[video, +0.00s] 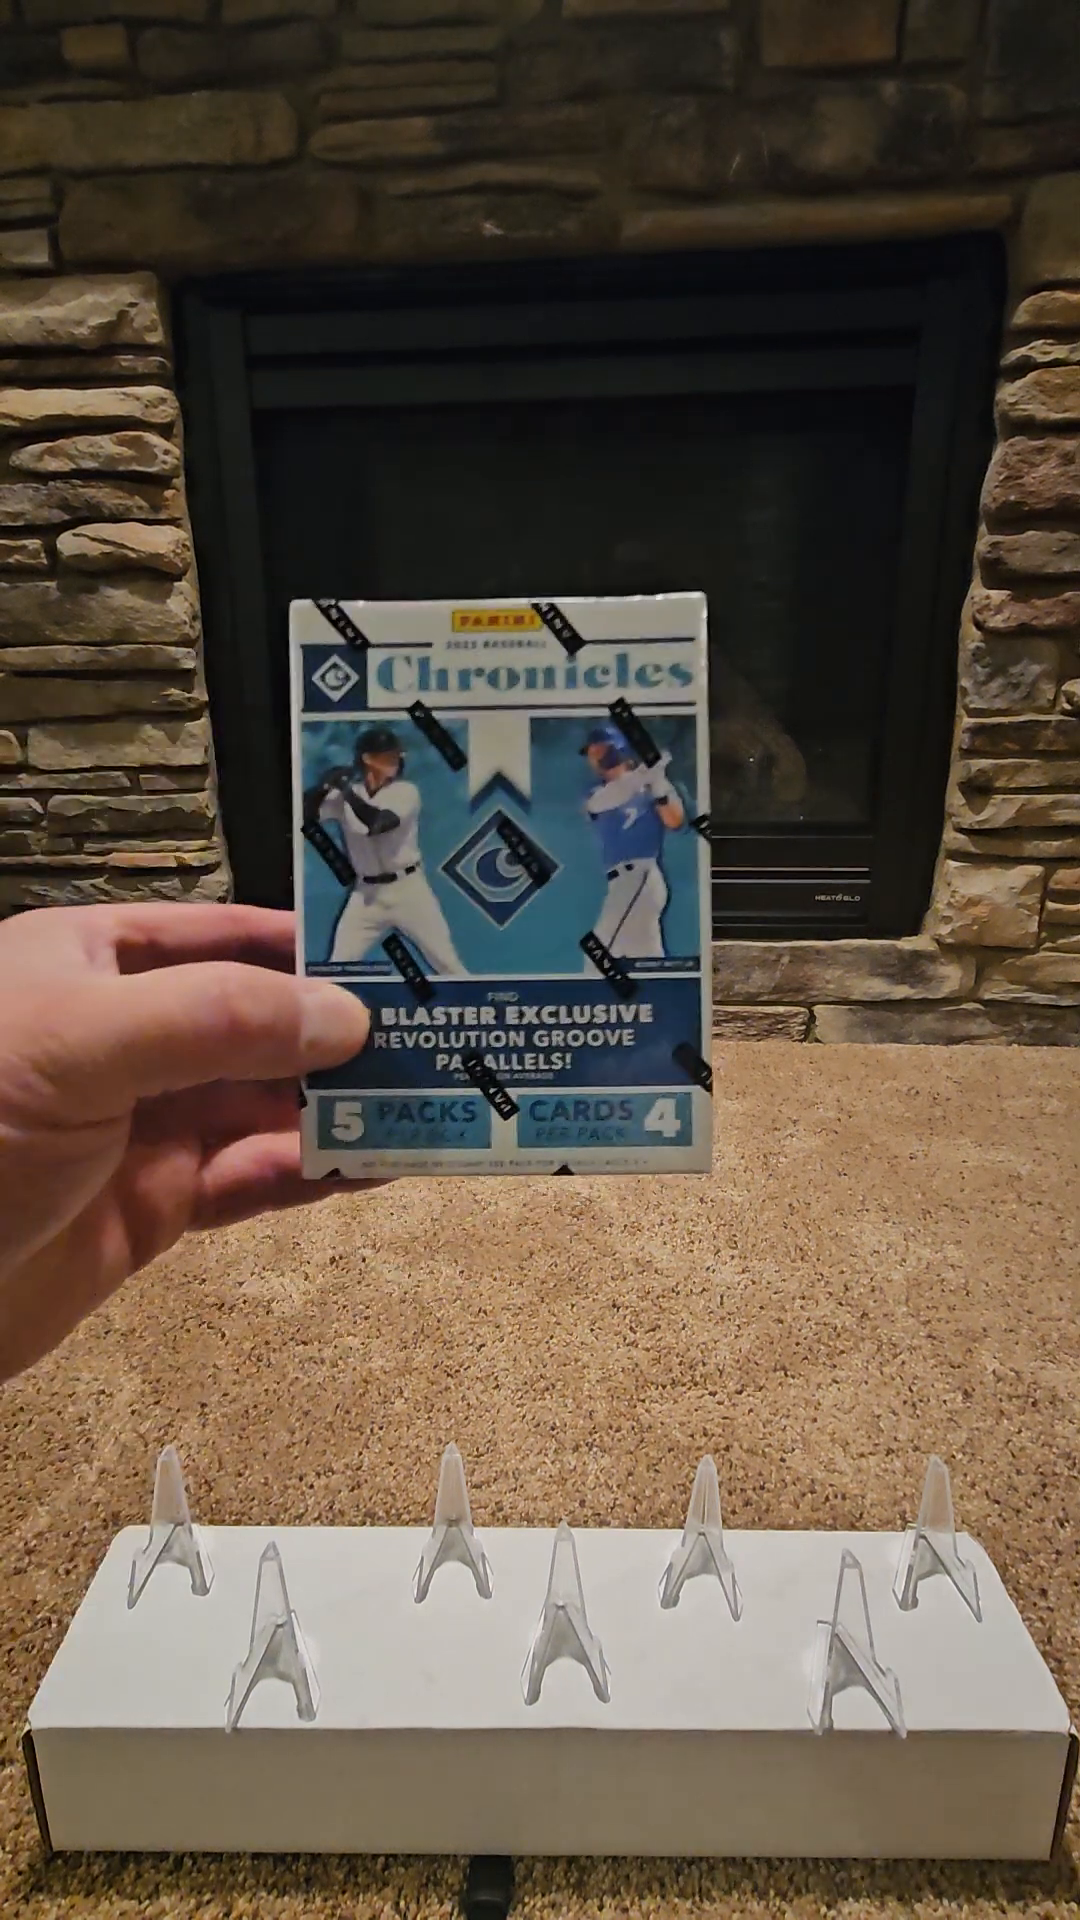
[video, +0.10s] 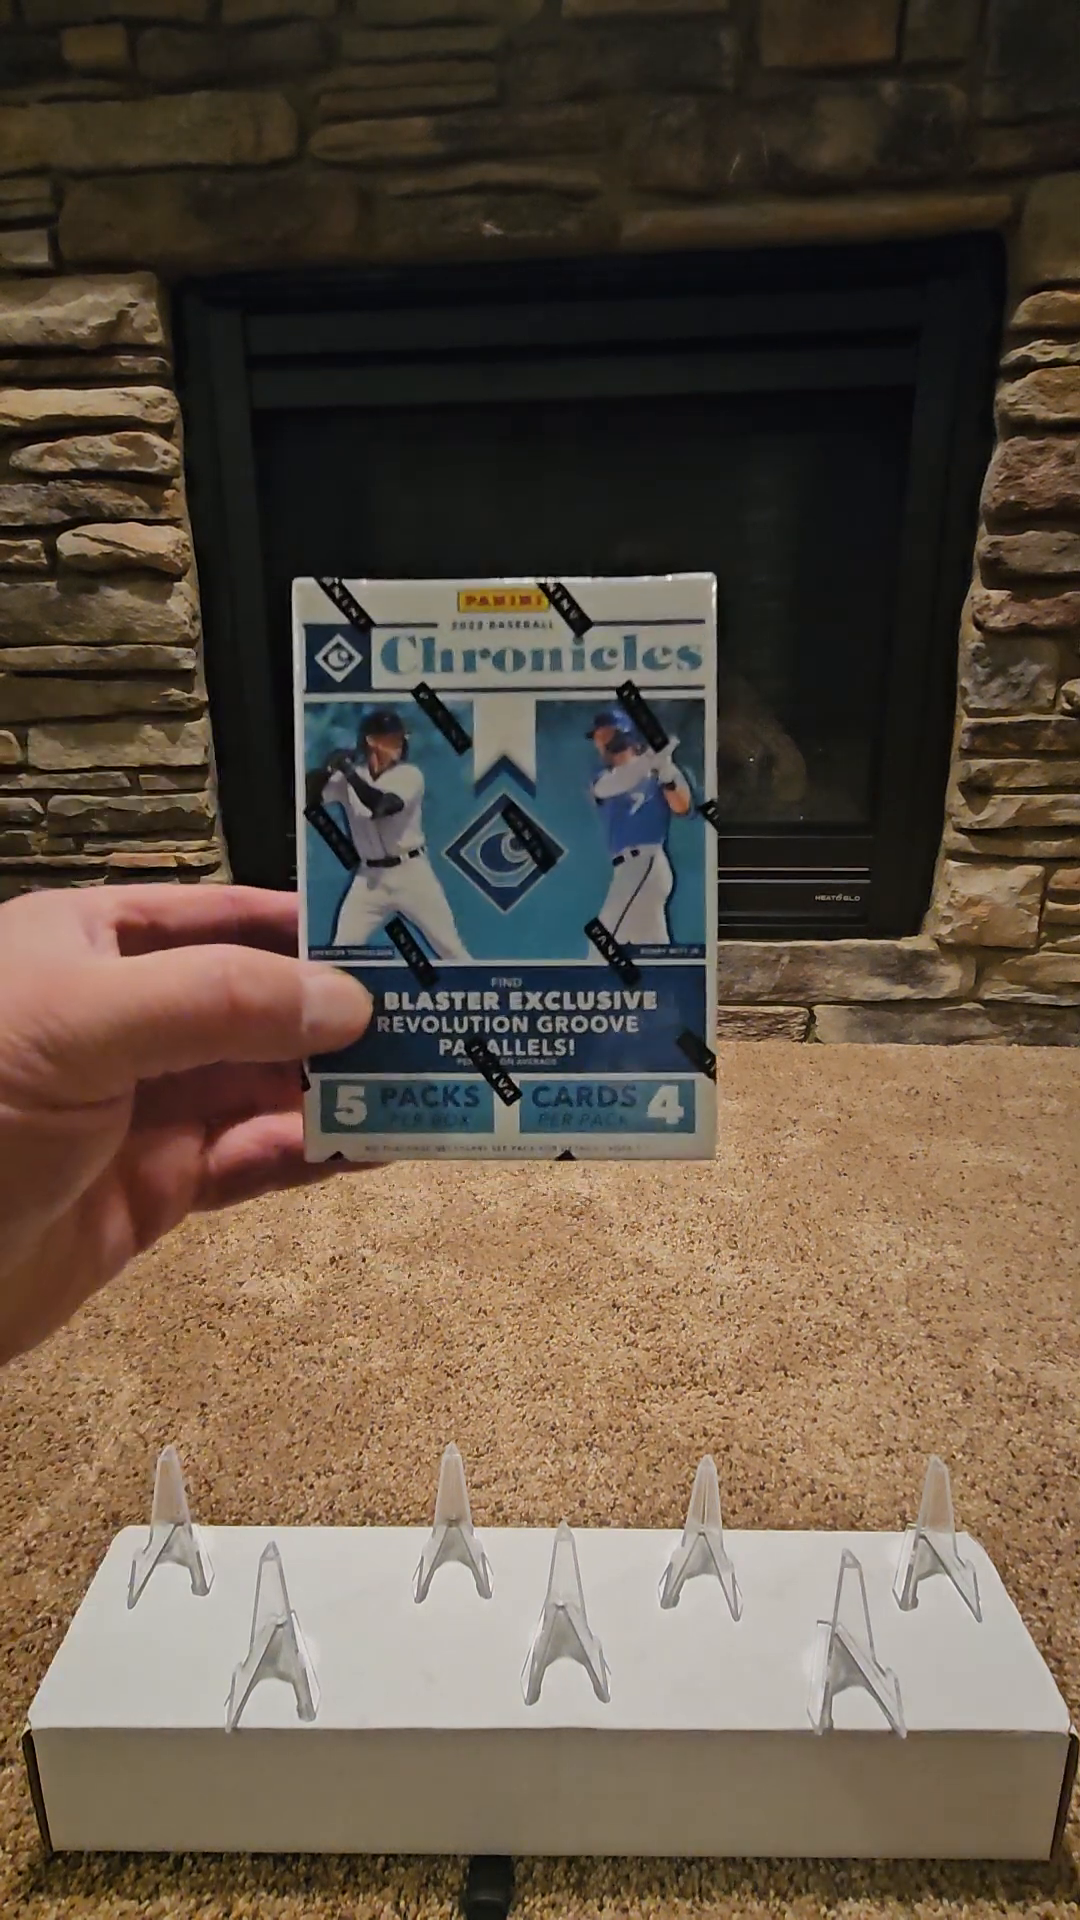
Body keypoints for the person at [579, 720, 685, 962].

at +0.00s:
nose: (597, 760)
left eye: (602, 751)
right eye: (592, 754)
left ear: (619, 752)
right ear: (589, 759)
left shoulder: (651, 783)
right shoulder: (599, 794)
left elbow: (675, 821)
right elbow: (597, 805)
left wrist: (658, 782)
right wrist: (639, 776)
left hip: (641, 880)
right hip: (621, 882)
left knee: (598, 951)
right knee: (649, 963)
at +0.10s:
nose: (599, 742)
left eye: (606, 734)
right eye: (597, 735)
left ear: (625, 738)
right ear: (595, 740)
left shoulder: (661, 769)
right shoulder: (603, 778)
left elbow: (682, 807)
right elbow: (609, 787)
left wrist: (666, 770)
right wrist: (647, 761)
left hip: (646, 865)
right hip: (626, 868)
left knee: (603, 940)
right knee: (654, 950)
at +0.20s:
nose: (592, 726)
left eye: (599, 718)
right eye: (588, 720)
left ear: (617, 719)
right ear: (585, 725)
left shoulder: (649, 751)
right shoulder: (593, 762)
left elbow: (673, 790)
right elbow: (601, 769)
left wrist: (657, 751)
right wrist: (638, 741)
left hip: (637, 848)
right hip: (616, 852)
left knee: (594, 924)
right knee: (646, 936)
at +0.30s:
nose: (582, 714)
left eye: (589, 705)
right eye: (578, 707)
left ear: (607, 705)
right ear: (575, 711)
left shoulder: (644, 740)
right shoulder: (584, 750)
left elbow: (666, 778)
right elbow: (601, 753)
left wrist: (649, 738)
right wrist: (631, 729)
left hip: (631, 838)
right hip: (610, 842)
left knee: (588, 916)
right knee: (640, 929)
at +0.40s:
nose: (593, 707)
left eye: (600, 698)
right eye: (589, 701)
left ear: (619, 698)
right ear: (585, 704)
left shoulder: (653, 731)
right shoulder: (594, 741)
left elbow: (677, 771)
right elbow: (603, 750)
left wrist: (660, 731)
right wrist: (641, 721)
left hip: (641, 831)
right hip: (621, 834)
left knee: (597, 910)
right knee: (650, 920)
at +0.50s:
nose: (602, 693)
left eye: (608, 685)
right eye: (600, 687)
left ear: (625, 685)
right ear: (599, 694)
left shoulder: (663, 721)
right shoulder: (605, 732)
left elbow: (690, 764)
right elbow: (620, 738)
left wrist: (673, 724)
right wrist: (654, 712)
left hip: (652, 823)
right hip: (632, 827)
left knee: (608, 906)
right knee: (660, 915)